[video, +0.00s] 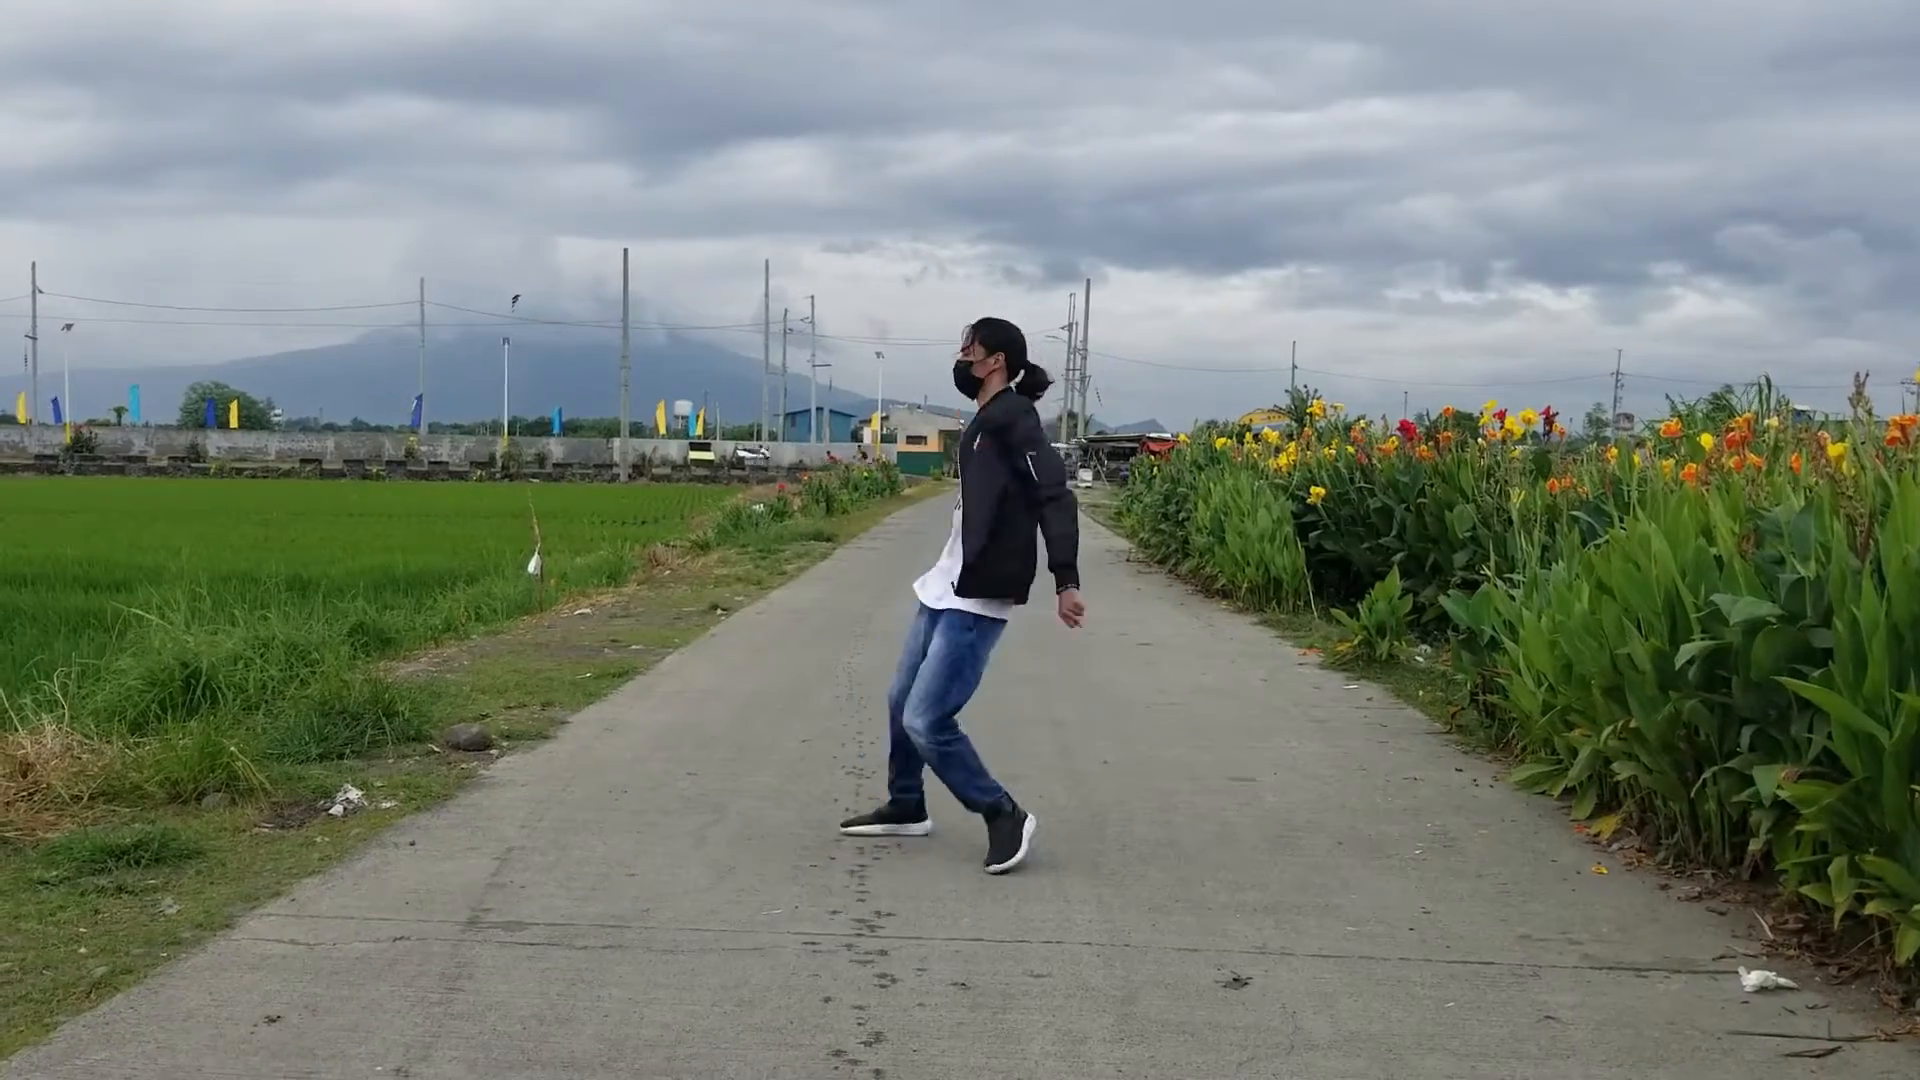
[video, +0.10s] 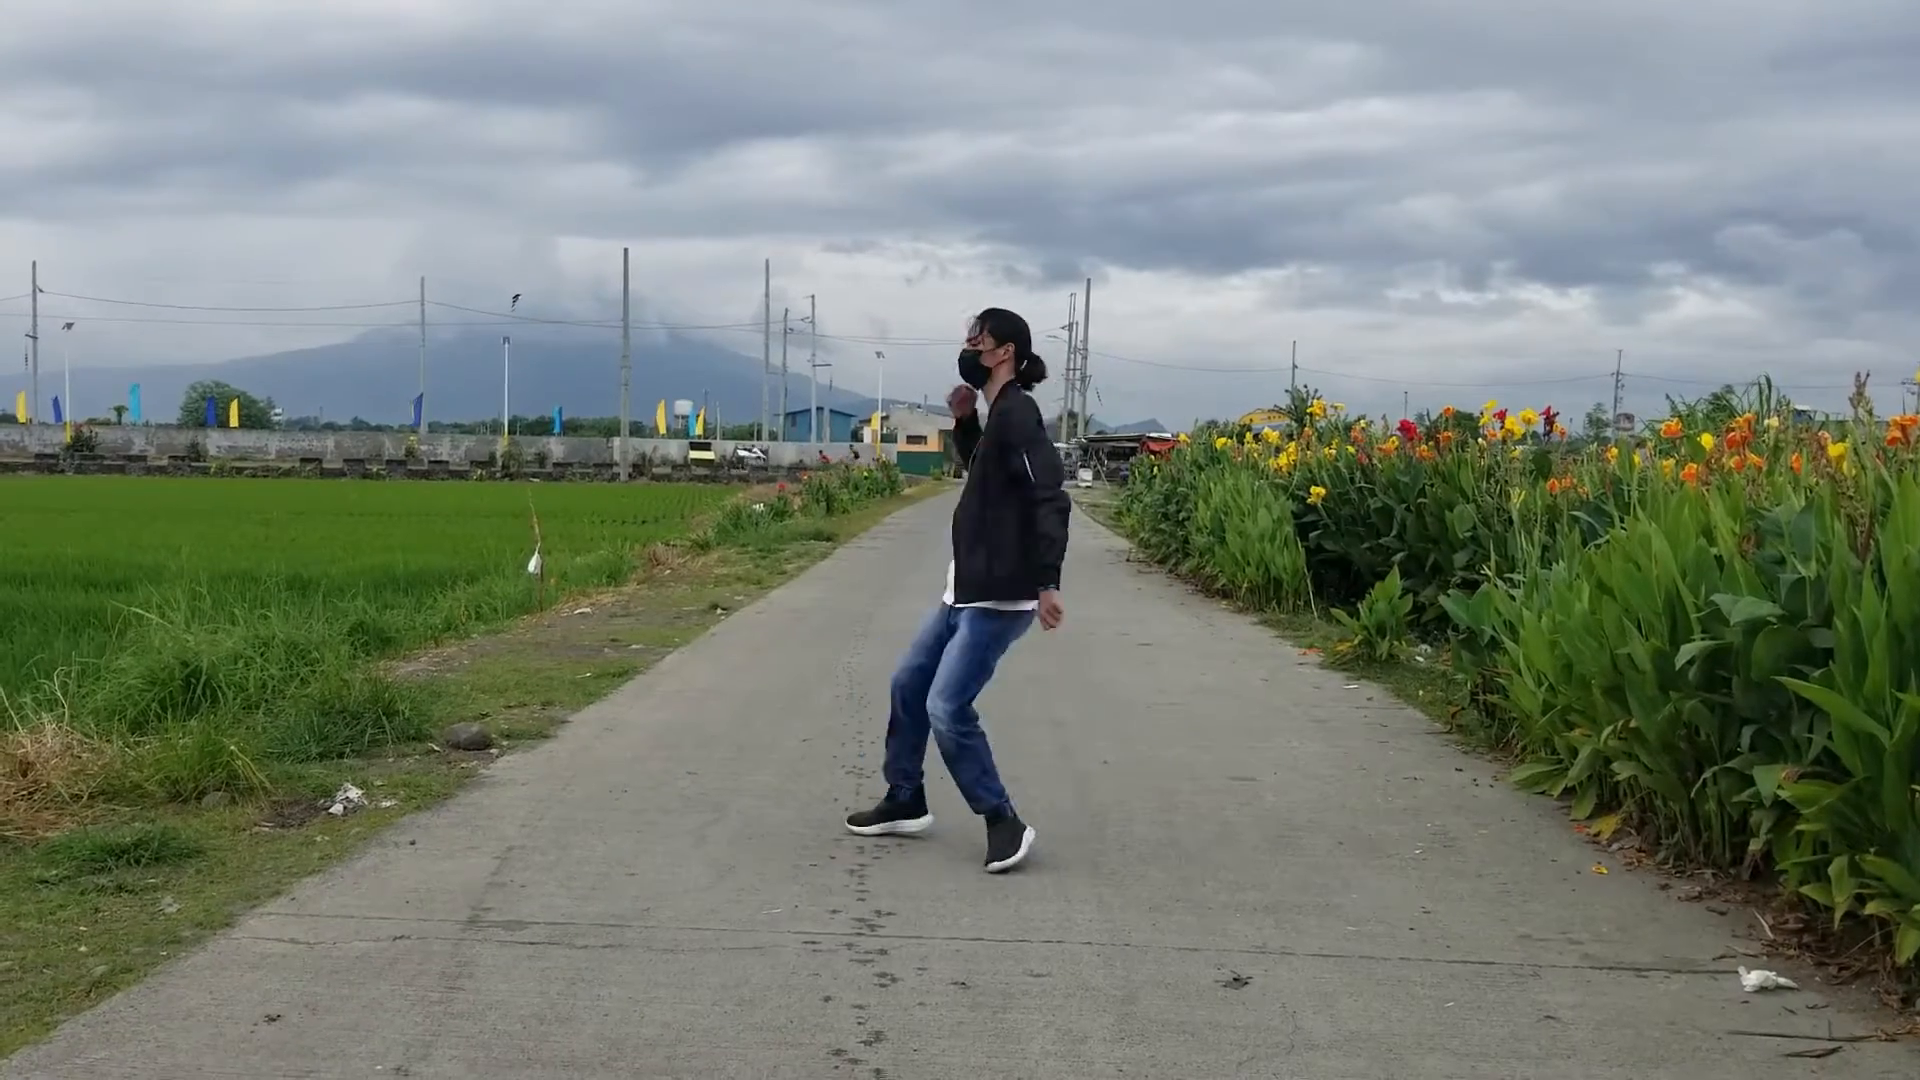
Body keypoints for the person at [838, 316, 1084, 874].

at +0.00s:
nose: (960, 356)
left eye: (969, 348)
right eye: (963, 348)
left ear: (997, 360)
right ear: (994, 361)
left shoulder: (1017, 418)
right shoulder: (984, 418)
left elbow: (1055, 496)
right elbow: (995, 501)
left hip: (982, 596)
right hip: (944, 584)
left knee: (926, 721)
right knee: (901, 701)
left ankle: (1003, 816)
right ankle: (905, 807)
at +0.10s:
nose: (969, 344)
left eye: (979, 337)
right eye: (971, 336)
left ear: (1008, 350)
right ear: (998, 351)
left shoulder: (1020, 410)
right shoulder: (994, 409)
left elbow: (1050, 496)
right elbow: (978, 470)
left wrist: (1048, 585)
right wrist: (964, 422)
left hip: (1004, 596)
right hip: (967, 589)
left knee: (946, 705)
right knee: (908, 683)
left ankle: (1002, 822)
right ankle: (905, 801)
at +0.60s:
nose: (999, 365)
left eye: (1008, 355)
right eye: (996, 357)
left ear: (1041, 357)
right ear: (1003, 362)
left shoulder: (1096, 416)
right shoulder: (988, 431)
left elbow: (1159, 474)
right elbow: (921, 468)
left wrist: (1148, 528)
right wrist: (940, 424)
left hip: (1099, 604)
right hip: (1026, 603)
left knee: (1139, 713)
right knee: (967, 692)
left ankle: (1180, 811)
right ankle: (980, 812)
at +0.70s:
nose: (991, 367)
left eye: (1002, 357)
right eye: (987, 359)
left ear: (1032, 361)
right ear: (984, 365)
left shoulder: (1081, 420)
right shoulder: (969, 435)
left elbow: (1140, 468)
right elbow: (898, 449)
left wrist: (1148, 519)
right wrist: (940, 411)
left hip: (1086, 607)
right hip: (1011, 607)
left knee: (1130, 715)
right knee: (958, 703)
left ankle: (1178, 808)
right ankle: (983, 816)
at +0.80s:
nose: (1012, 342)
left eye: (1021, 334)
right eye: (998, 335)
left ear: (1034, 347)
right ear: (981, 352)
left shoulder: (1065, 411)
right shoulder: (961, 414)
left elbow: (1114, 489)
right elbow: (928, 470)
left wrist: (1117, 471)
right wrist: (947, 387)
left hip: (1075, 586)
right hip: (1002, 591)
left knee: (1136, 672)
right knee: (972, 700)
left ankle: (1168, 782)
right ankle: (983, 813)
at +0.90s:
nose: (1029, 337)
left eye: (1030, 328)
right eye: (1016, 330)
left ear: (1033, 339)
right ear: (985, 345)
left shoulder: (1044, 405)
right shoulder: (971, 409)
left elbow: (1066, 486)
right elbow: (1000, 483)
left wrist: (1113, 437)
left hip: (1058, 558)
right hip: (1003, 574)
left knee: (1135, 601)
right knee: (1000, 703)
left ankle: (1146, 728)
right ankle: (949, 801)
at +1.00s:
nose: (1032, 343)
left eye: (1033, 334)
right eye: (1021, 336)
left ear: (1024, 341)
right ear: (989, 346)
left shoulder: (1043, 410)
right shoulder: (974, 414)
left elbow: (1072, 484)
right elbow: (1022, 477)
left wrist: (1127, 456)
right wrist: (1095, 445)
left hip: (1047, 559)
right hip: (996, 578)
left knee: (1133, 568)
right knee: (992, 702)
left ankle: (1129, 696)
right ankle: (941, 806)